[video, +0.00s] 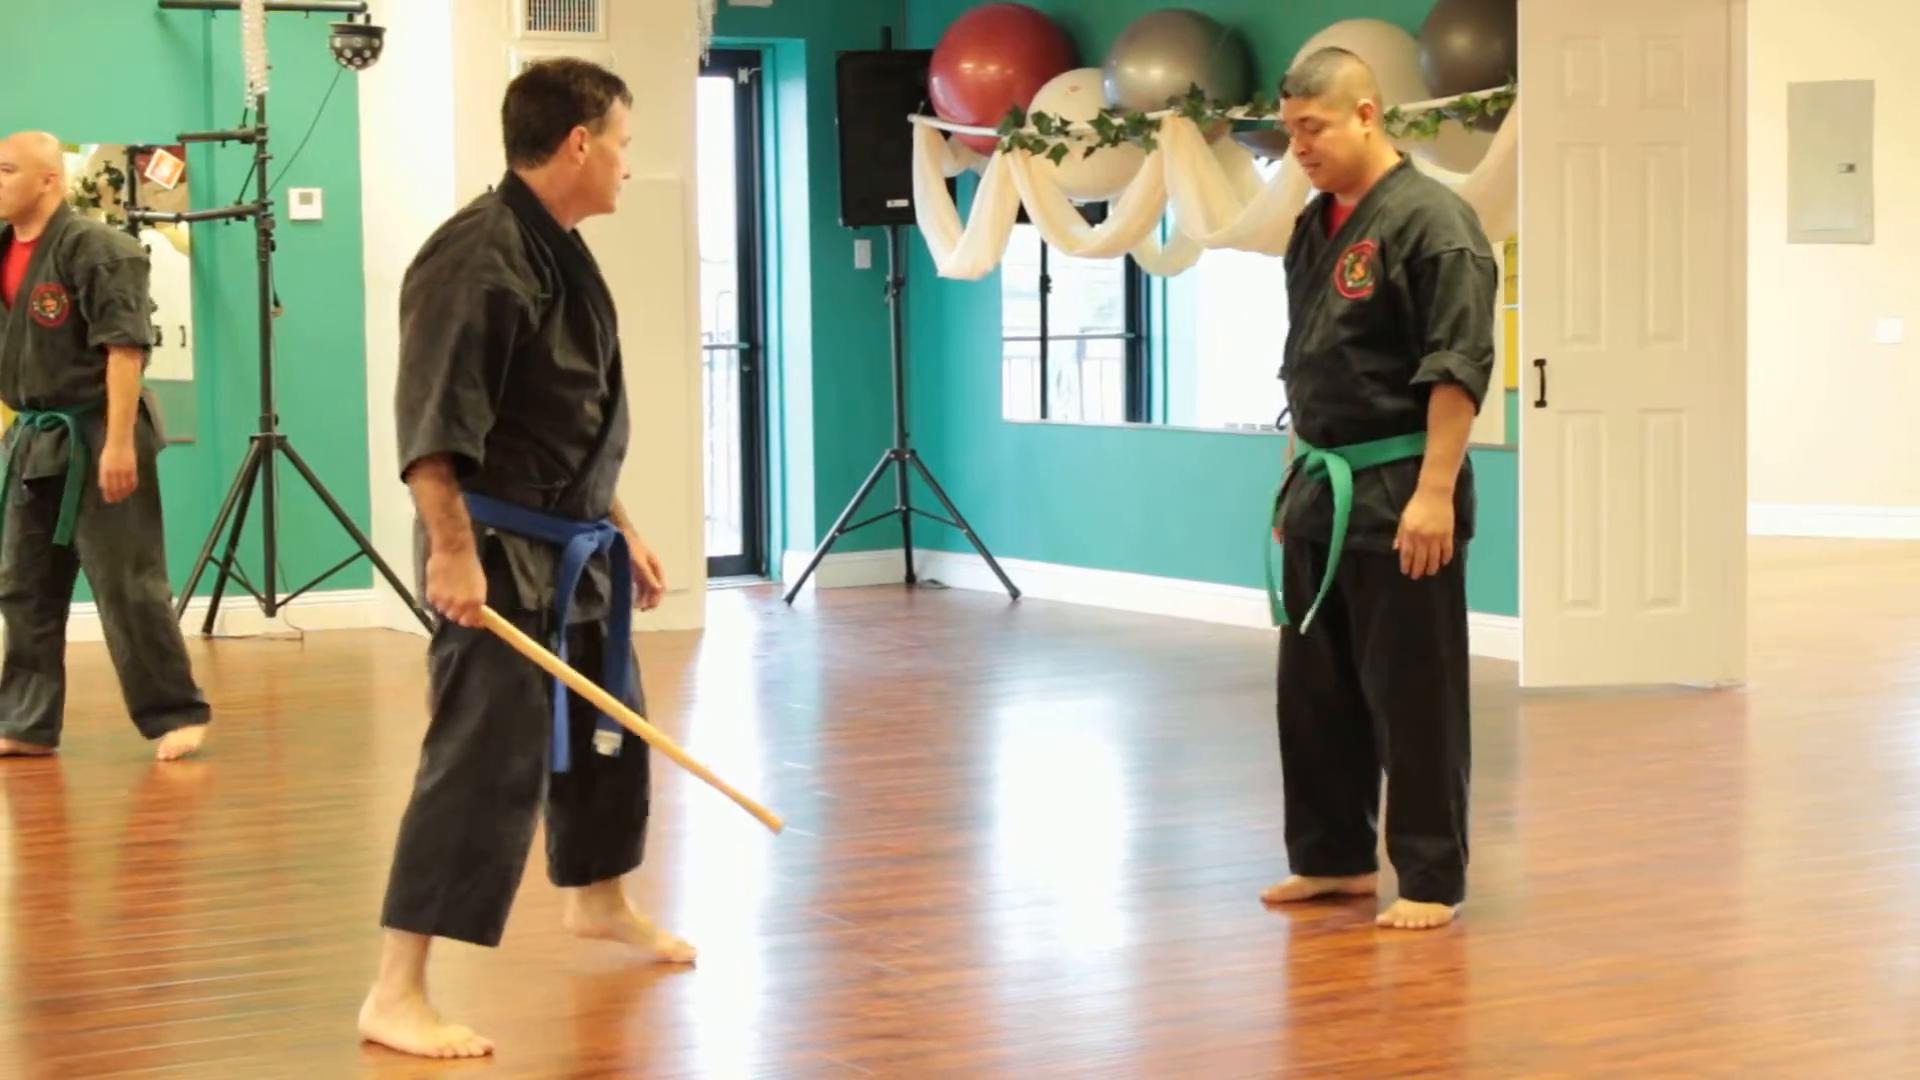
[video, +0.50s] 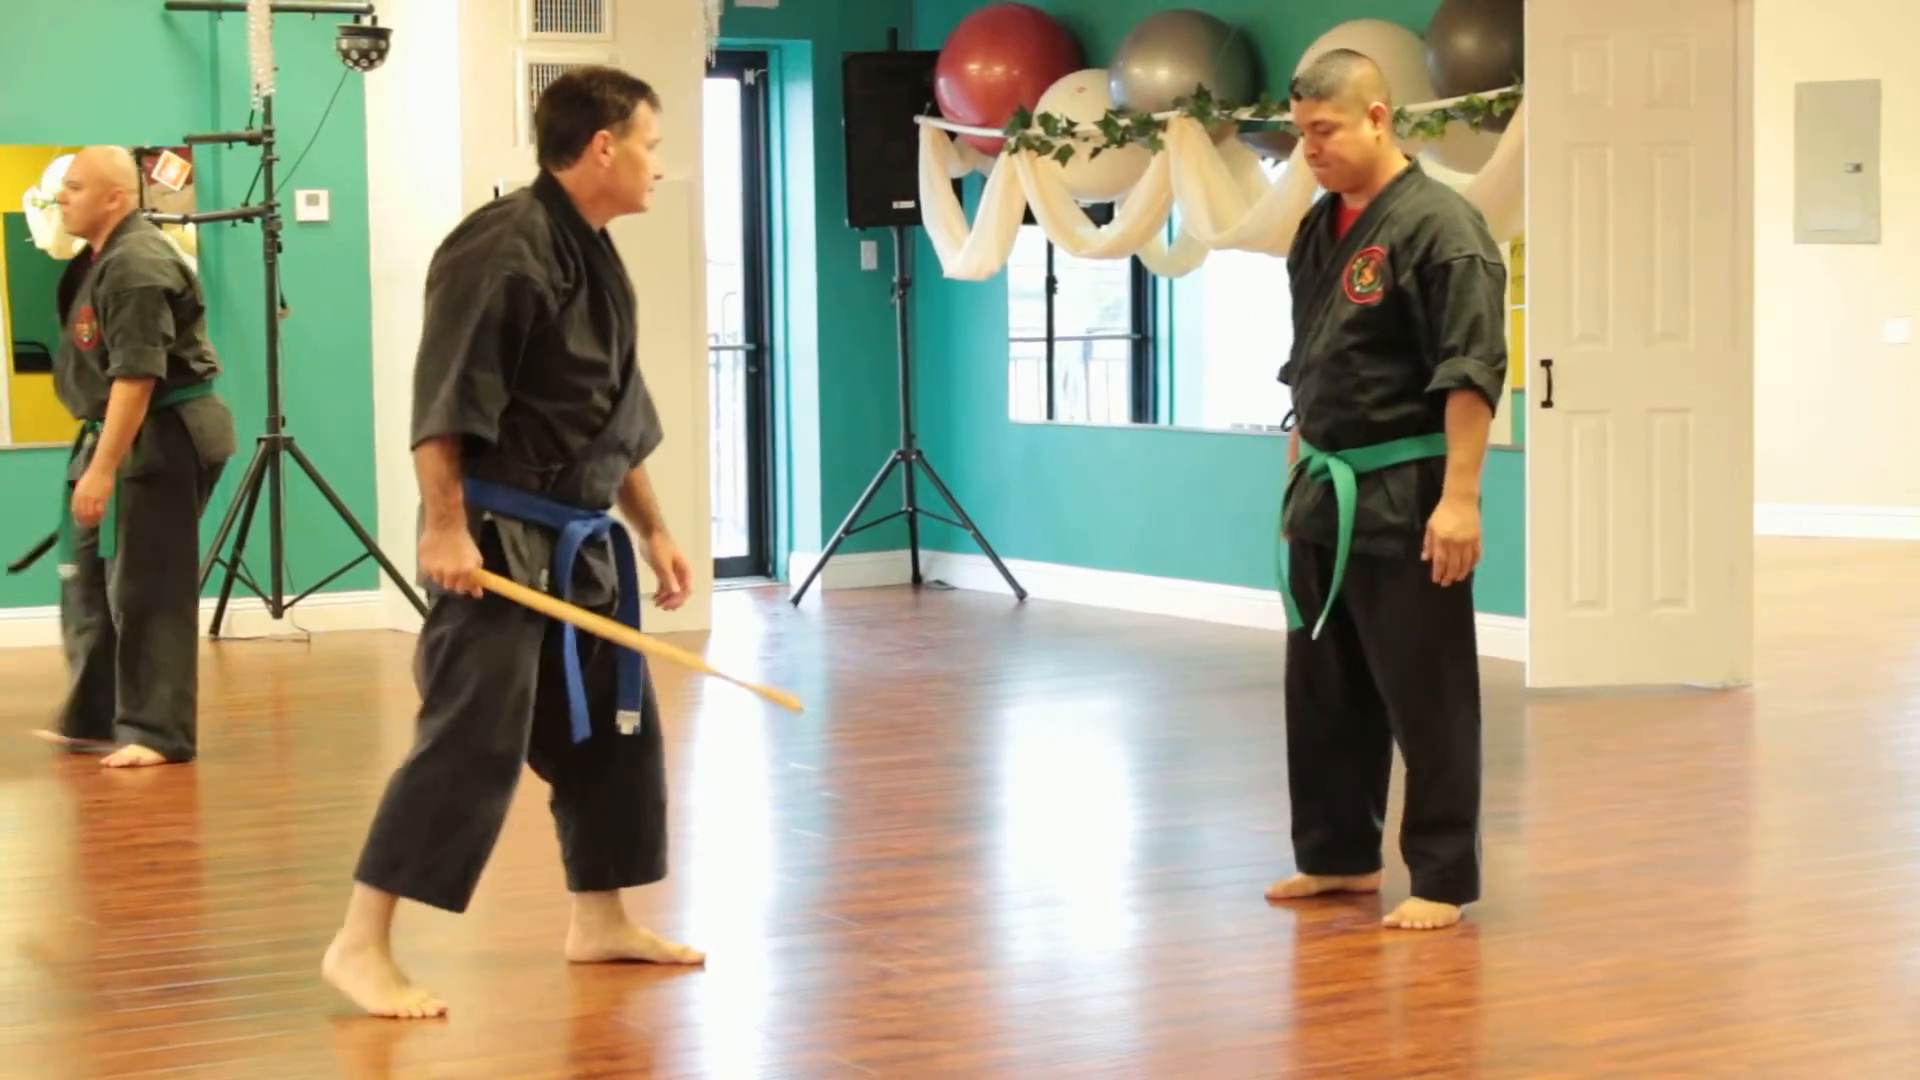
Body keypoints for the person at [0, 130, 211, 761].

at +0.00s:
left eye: (7, 170)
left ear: (48, 180)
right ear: (22, 181)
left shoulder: (99, 248)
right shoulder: (13, 253)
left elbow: (125, 348)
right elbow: (21, 357)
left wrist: (121, 440)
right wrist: (18, 424)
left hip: (102, 431)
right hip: (33, 434)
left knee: (127, 581)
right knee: (25, 587)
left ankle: (179, 718)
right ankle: (26, 725)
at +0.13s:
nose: (5, 178)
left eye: (18, 167)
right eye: (5, 167)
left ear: (62, 178)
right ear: (16, 178)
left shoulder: (106, 246)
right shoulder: (17, 253)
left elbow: (127, 348)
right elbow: (22, 355)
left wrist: (126, 440)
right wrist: (22, 425)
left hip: (106, 429)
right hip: (37, 431)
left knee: (125, 581)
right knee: (31, 585)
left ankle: (167, 720)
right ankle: (31, 726)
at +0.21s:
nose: (16, 177)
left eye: (29, 168)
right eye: (16, 167)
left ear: (73, 179)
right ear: (37, 182)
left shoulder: (114, 248)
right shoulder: (30, 254)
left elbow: (131, 350)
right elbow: (24, 349)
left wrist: (120, 441)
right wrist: (13, 413)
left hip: (113, 431)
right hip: (47, 430)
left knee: (127, 582)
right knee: (38, 584)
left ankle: (160, 723)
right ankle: (32, 725)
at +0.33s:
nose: (35, 187)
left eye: (48, 177)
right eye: (36, 176)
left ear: (90, 187)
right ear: (73, 188)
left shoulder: (127, 256)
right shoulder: (69, 255)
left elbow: (134, 363)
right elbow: (76, 356)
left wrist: (105, 452)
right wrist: (68, 438)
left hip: (135, 432)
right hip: (81, 430)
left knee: (132, 583)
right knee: (63, 583)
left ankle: (153, 731)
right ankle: (43, 724)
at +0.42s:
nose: (45, 192)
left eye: (58, 183)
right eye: (48, 181)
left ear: (99, 196)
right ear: (88, 197)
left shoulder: (129, 263)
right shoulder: (91, 257)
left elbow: (134, 375)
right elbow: (106, 365)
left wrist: (97, 465)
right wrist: (89, 446)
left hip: (151, 435)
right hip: (106, 431)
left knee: (142, 584)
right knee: (77, 581)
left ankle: (156, 732)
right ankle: (57, 720)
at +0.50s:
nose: (62, 197)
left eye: (73, 188)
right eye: (64, 187)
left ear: (113, 198)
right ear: (109, 199)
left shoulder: (136, 263)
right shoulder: (109, 258)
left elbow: (137, 378)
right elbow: (118, 370)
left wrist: (102, 468)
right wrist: (100, 447)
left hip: (163, 433)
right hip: (129, 428)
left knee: (150, 580)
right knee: (93, 575)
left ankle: (160, 732)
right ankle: (95, 718)